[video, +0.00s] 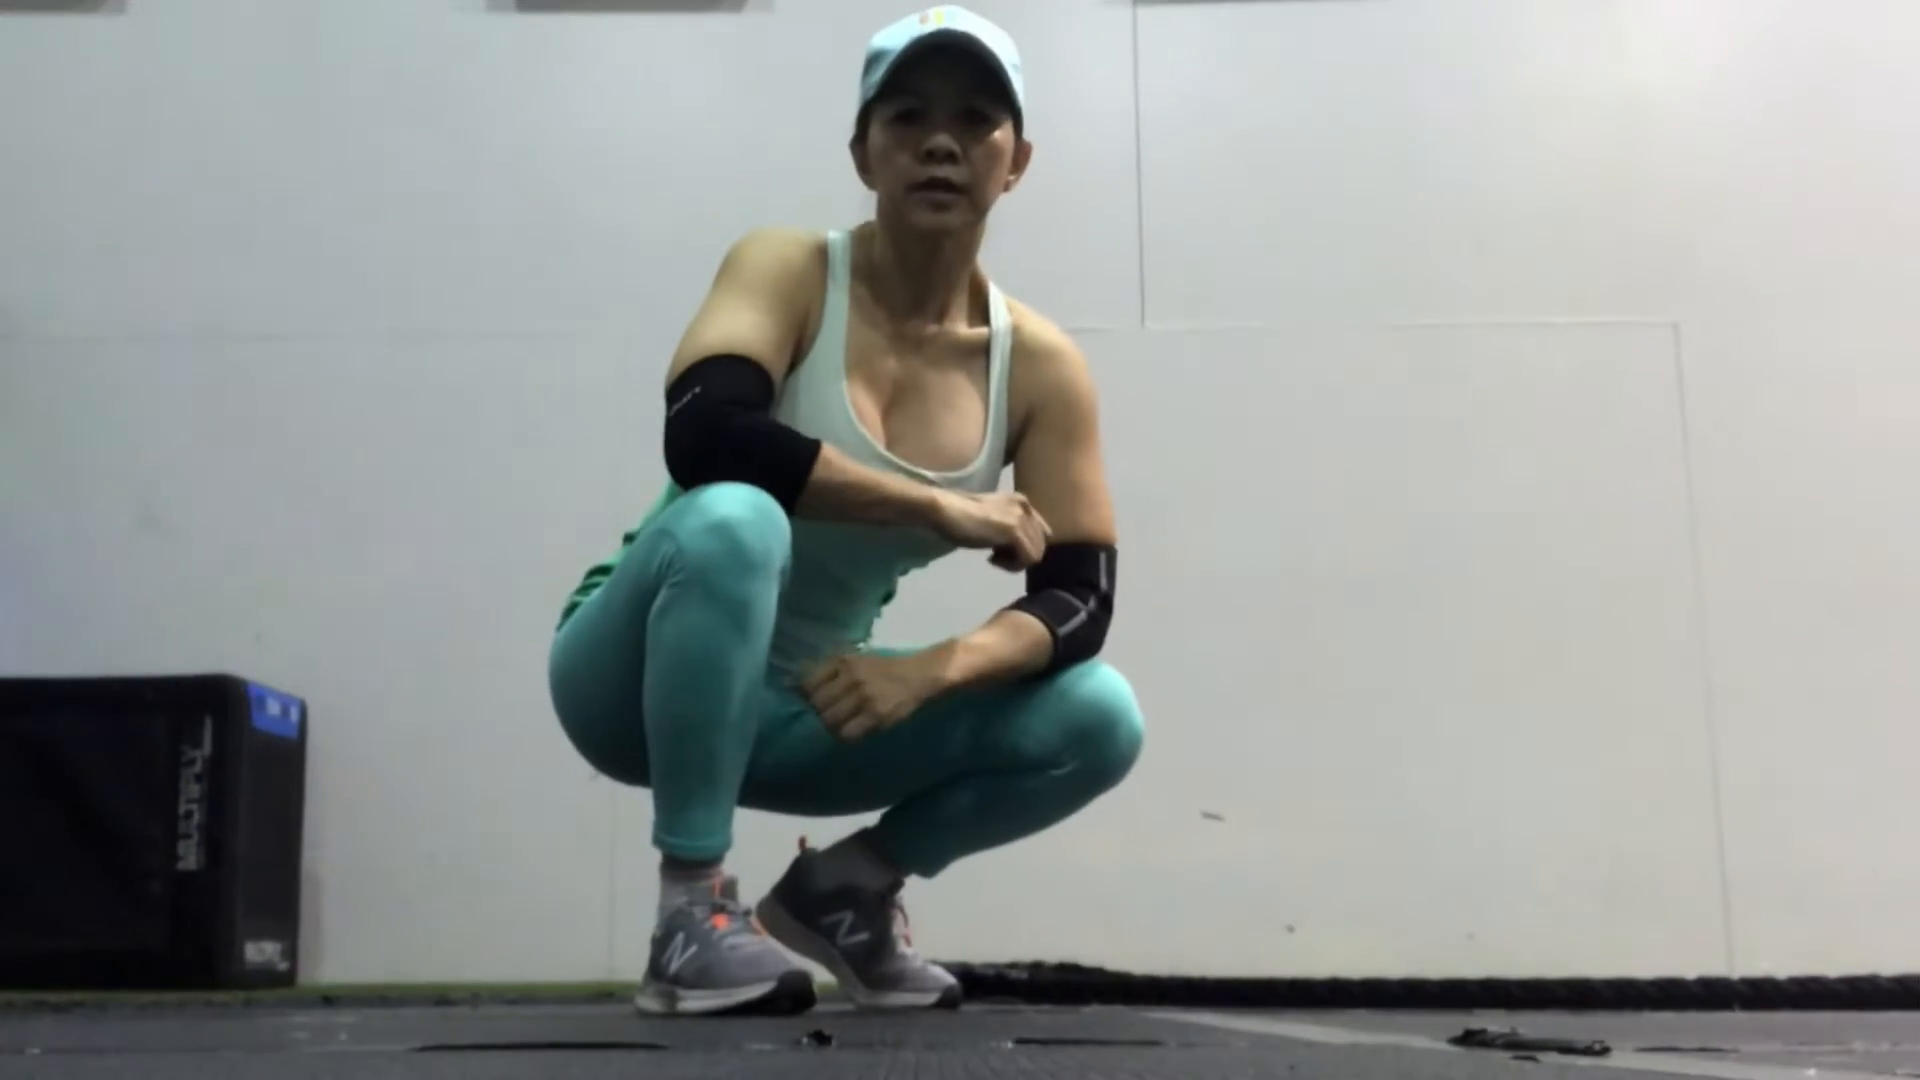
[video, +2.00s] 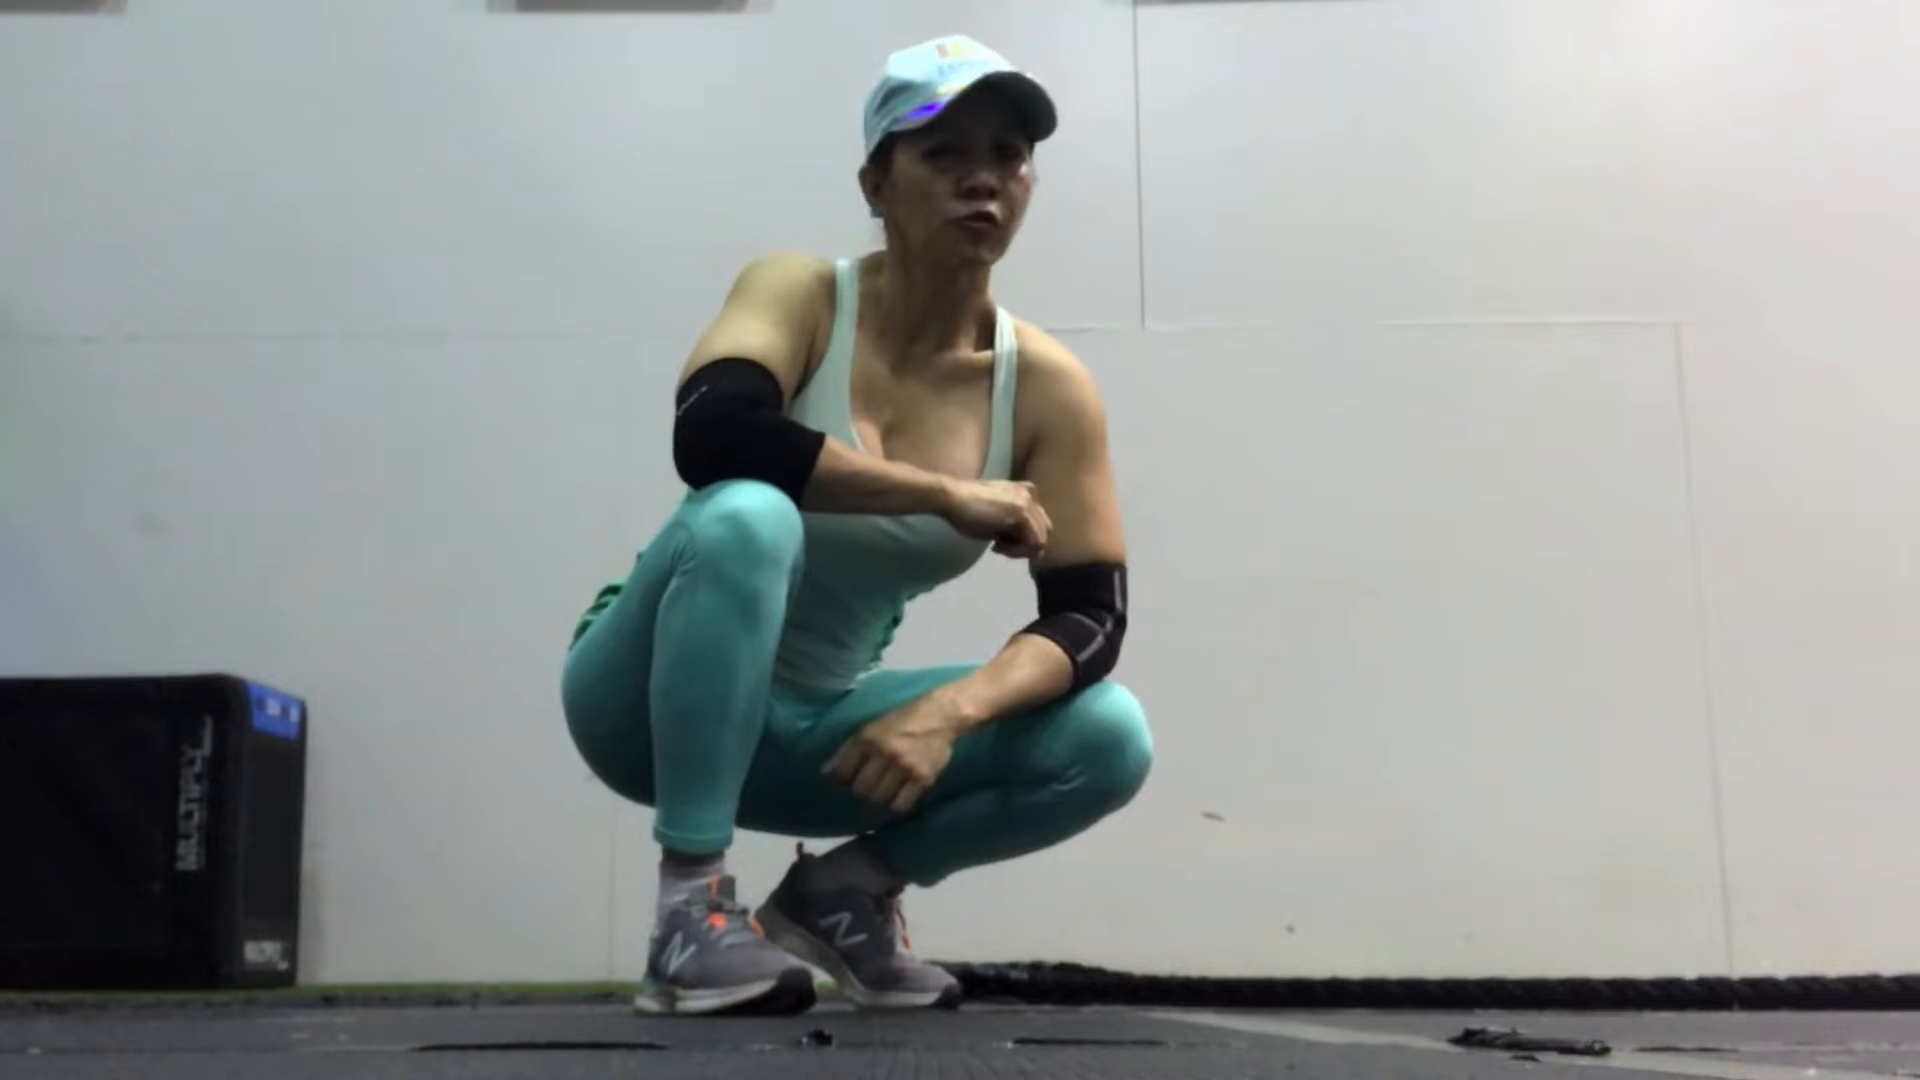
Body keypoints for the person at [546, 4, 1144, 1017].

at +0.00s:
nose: (940, 140)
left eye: (972, 117)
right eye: (909, 115)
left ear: (1015, 159)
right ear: (864, 149)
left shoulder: (1040, 367)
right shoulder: (782, 270)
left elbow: (1078, 600)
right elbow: (707, 437)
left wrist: (929, 669)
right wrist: (938, 506)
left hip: (813, 711)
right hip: (645, 675)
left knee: (1097, 720)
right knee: (734, 523)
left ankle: (842, 888)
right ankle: (691, 915)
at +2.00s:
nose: (983, 180)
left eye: (1005, 155)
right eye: (945, 152)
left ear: (1032, 181)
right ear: (878, 179)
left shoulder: (1048, 389)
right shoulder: (792, 295)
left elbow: (1087, 620)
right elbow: (715, 437)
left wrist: (949, 708)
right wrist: (946, 497)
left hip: (821, 729)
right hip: (657, 696)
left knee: (1107, 740)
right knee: (746, 520)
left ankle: (839, 890)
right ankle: (692, 911)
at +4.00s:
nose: (965, 185)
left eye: (997, 166)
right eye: (936, 157)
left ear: (1032, 207)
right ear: (883, 187)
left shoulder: (1049, 393)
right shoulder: (803, 295)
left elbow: (1094, 616)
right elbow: (717, 436)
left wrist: (980, 704)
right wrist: (948, 492)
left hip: (818, 738)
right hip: (657, 703)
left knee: (1114, 740)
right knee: (752, 519)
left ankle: (840, 891)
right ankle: (691, 909)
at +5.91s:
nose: (952, 187)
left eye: (983, 165)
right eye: (921, 161)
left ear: (1021, 202)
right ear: (872, 191)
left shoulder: (1042, 393)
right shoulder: (794, 304)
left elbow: (1083, 617)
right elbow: (725, 440)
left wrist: (972, 708)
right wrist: (951, 490)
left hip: (820, 745)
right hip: (654, 711)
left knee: (1107, 738)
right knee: (757, 520)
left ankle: (841, 893)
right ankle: (691, 911)